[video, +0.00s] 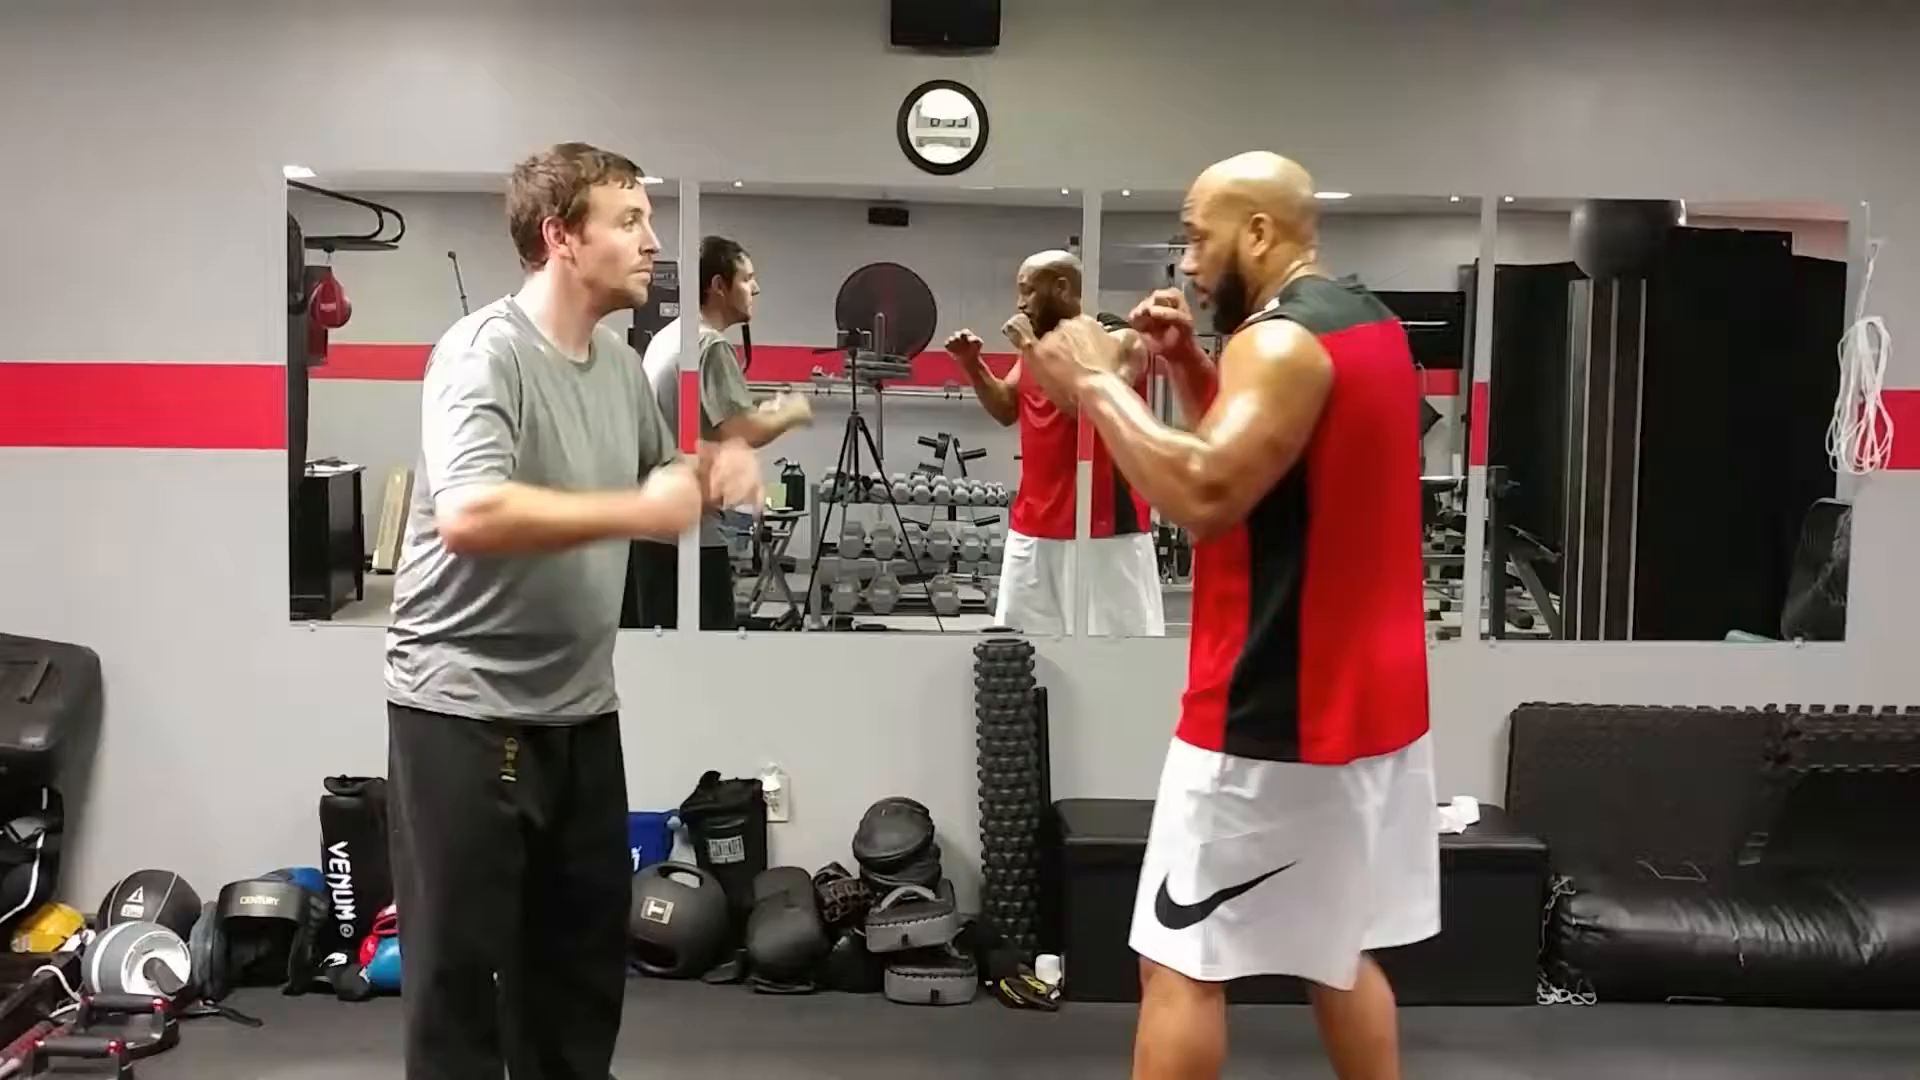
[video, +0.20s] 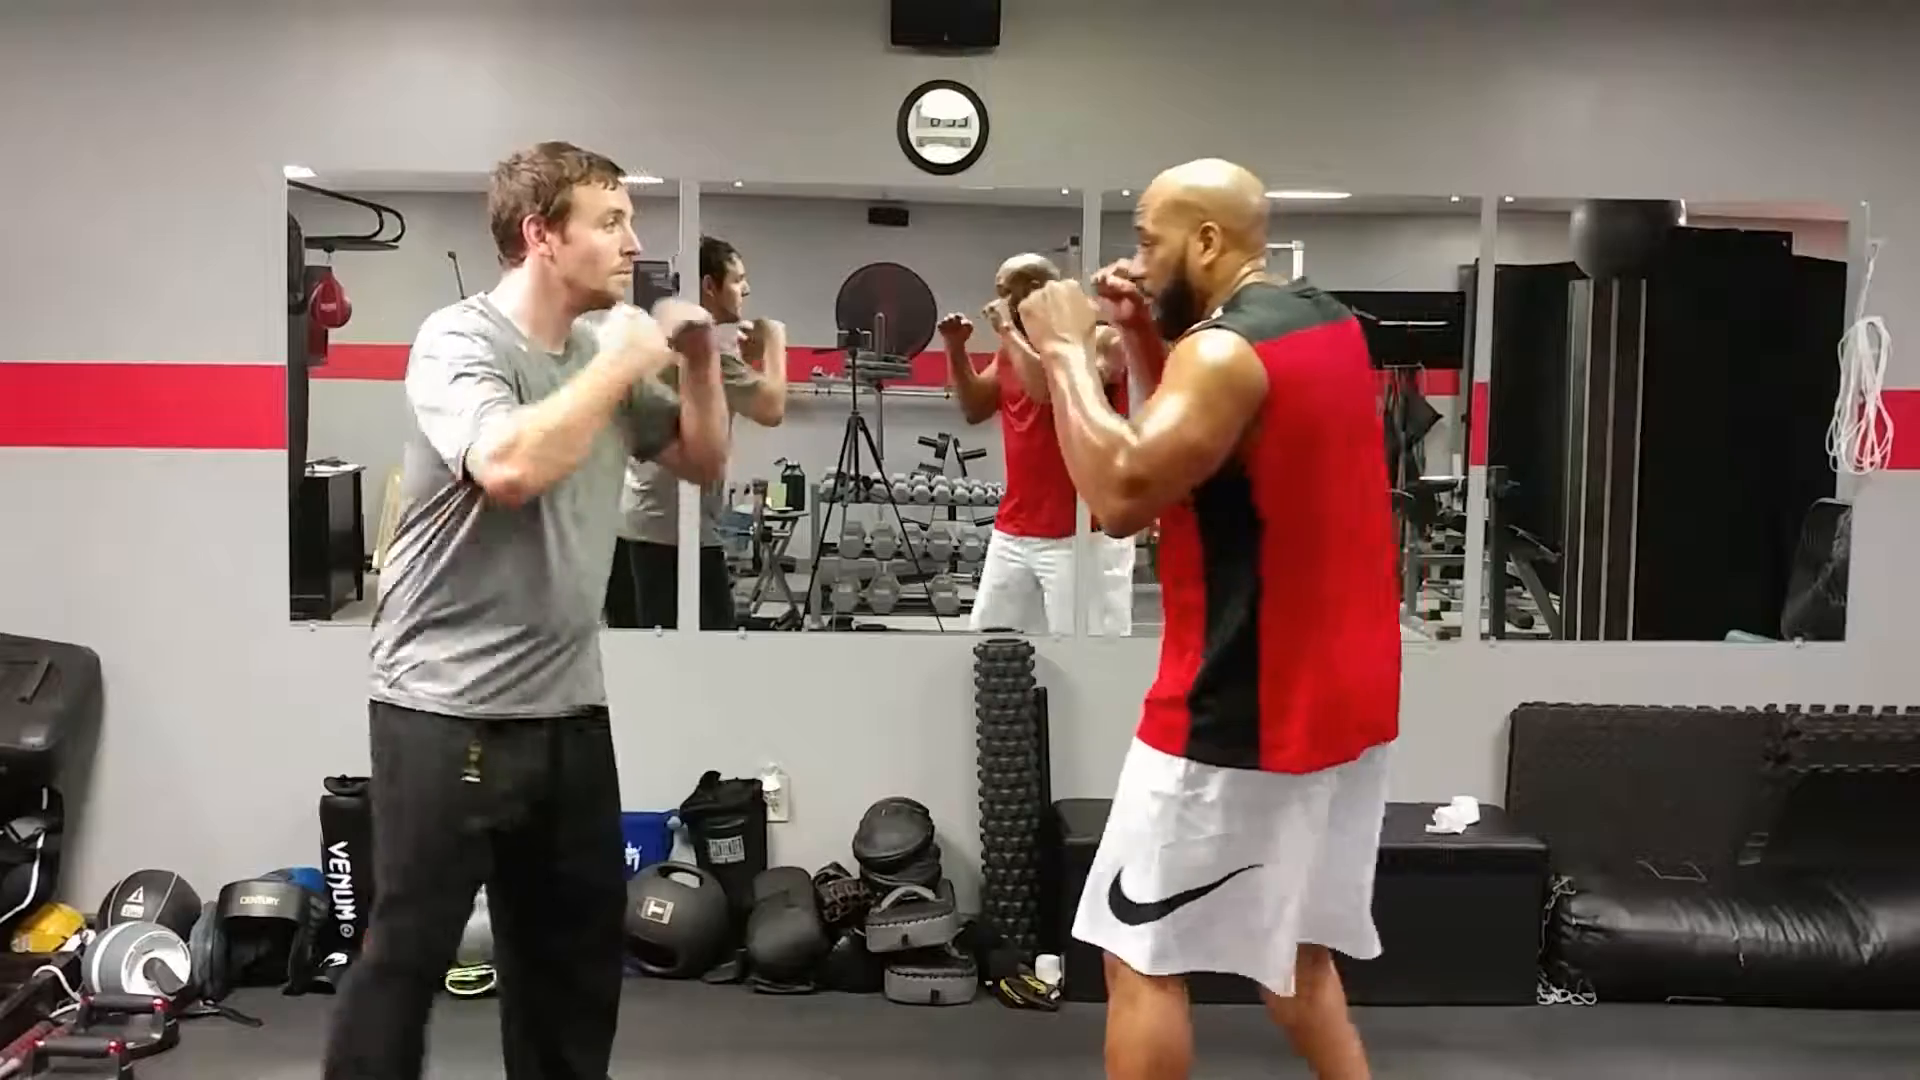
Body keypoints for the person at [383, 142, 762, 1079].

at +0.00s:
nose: (652, 241)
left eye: (649, 223)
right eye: (631, 222)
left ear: (579, 241)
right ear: (559, 238)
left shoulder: (622, 366)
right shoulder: (480, 350)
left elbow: (661, 497)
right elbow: (469, 516)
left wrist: (720, 465)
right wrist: (646, 509)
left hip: (581, 706)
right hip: (461, 707)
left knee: (581, 975)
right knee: (461, 977)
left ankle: (568, 1077)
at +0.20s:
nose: (633, 244)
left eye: (631, 224)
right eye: (612, 224)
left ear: (566, 239)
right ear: (540, 235)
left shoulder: (606, 348)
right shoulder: (455, 340)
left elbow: (704, 461)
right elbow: (510, 468)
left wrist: (700, 357)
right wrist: (623, 367)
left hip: (566, 705)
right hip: (442, 709)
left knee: (573, 978)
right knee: (403, 962)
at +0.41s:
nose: (581, 256)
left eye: (579, 235)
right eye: (560, 234)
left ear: (511, 249)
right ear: (488, 244)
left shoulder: (558, 370)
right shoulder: (397, 348)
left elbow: (657, 461)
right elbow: (482, 454)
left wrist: (661, 369)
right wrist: (547, 335)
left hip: (539, 736)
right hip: (397, 736)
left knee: (568, 1011)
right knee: (324, 1015)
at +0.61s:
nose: (568, 259)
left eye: (566, 238)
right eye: (549, 237)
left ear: (483, 246)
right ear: (472, 245)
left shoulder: (555, 360)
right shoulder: (378, 354)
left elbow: (663, 440)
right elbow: (464, 456)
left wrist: (671, 357)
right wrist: (528, 329)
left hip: (552, 718)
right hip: (401, 728)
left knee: (608, 952)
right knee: (334, 996)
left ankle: (603, 1068)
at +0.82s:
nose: (632, 294)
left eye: (629, 276)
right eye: (611, 276)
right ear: (544, 293)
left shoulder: (621, 397)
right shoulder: (483, 400)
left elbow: (722, 484)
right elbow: (585, 479)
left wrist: (710, 384)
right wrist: (640, 369)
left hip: (598, 745)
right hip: (464, 759)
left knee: (711, 921)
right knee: (390, 1004)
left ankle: (795, 1073)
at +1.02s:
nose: (783, 304)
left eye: (775, 285)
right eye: (760, 287)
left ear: (699, 322)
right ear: (701, 317)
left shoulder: (661, 412)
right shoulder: (734, 411)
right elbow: (912, 479)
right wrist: (1038, 495)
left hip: (722, 740)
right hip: (632, 736)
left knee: (828, 948)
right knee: (523, 979)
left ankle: (857, 1073)